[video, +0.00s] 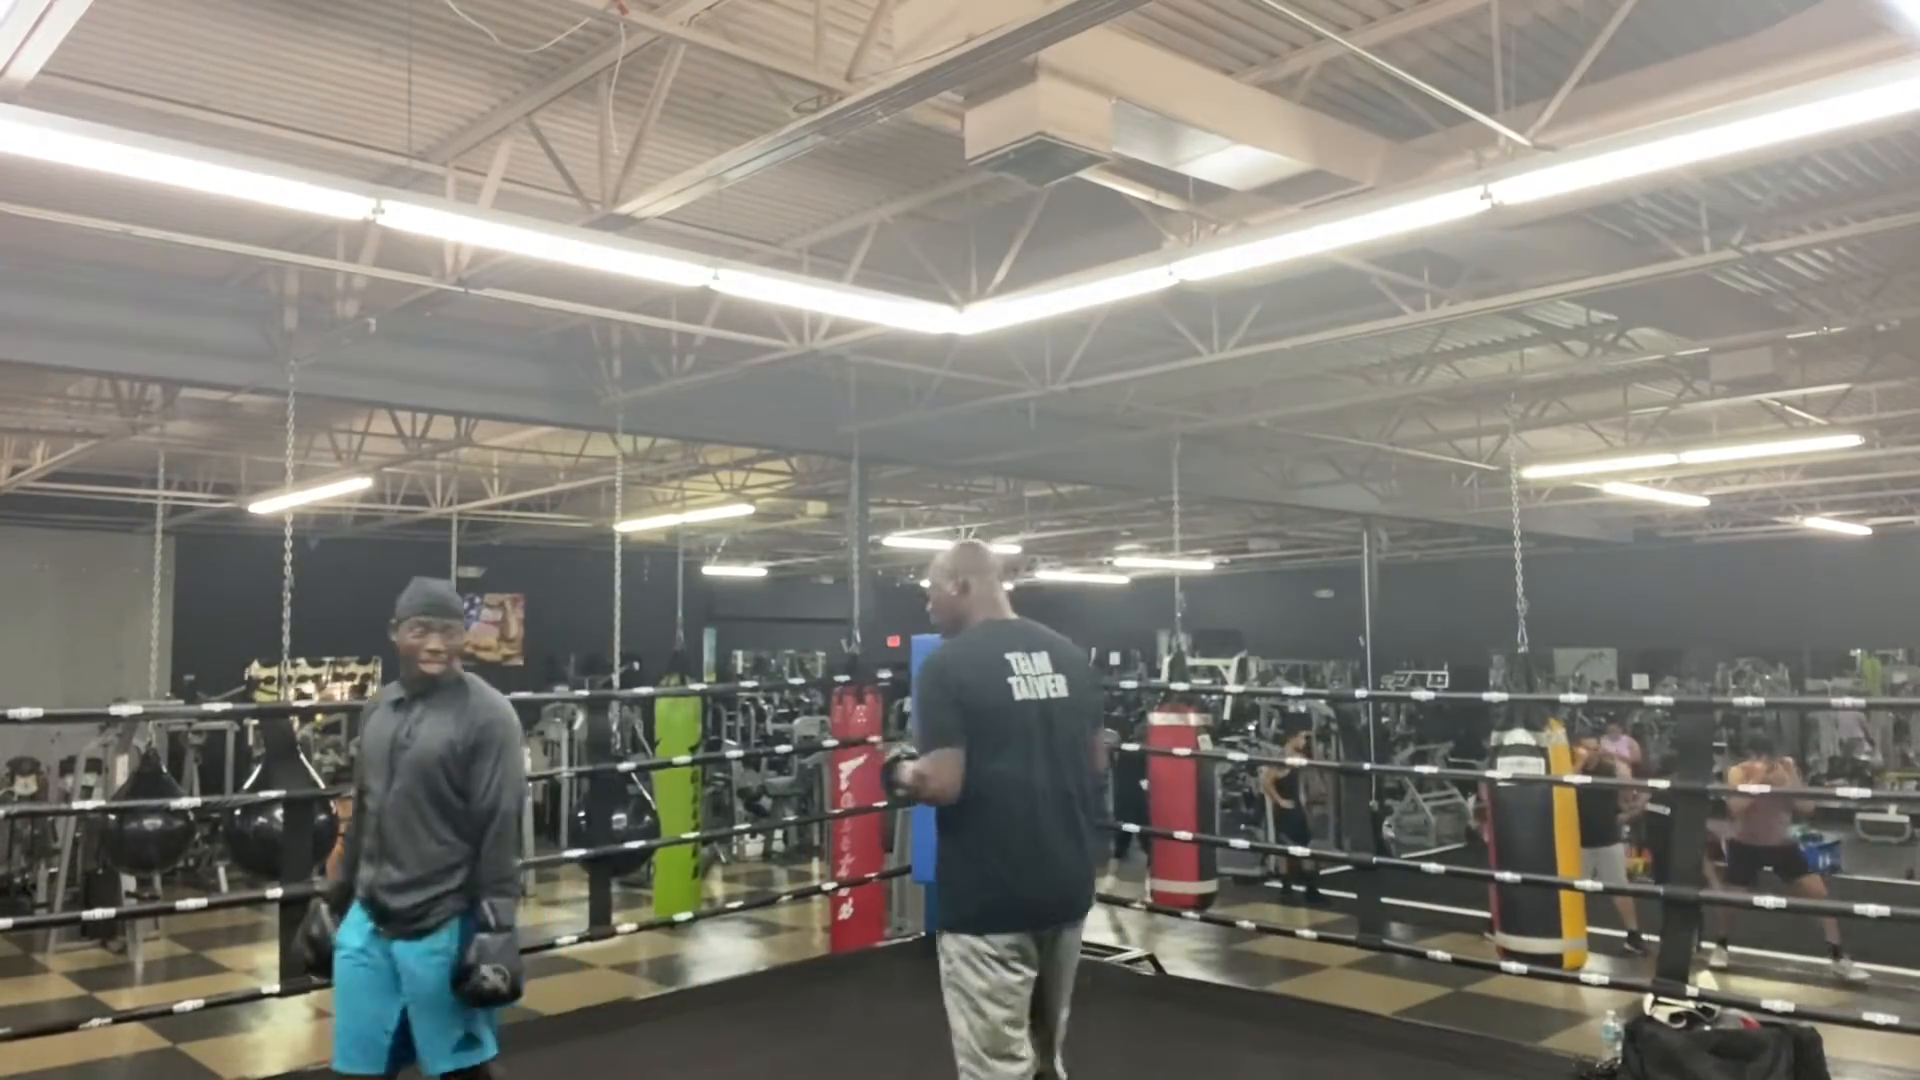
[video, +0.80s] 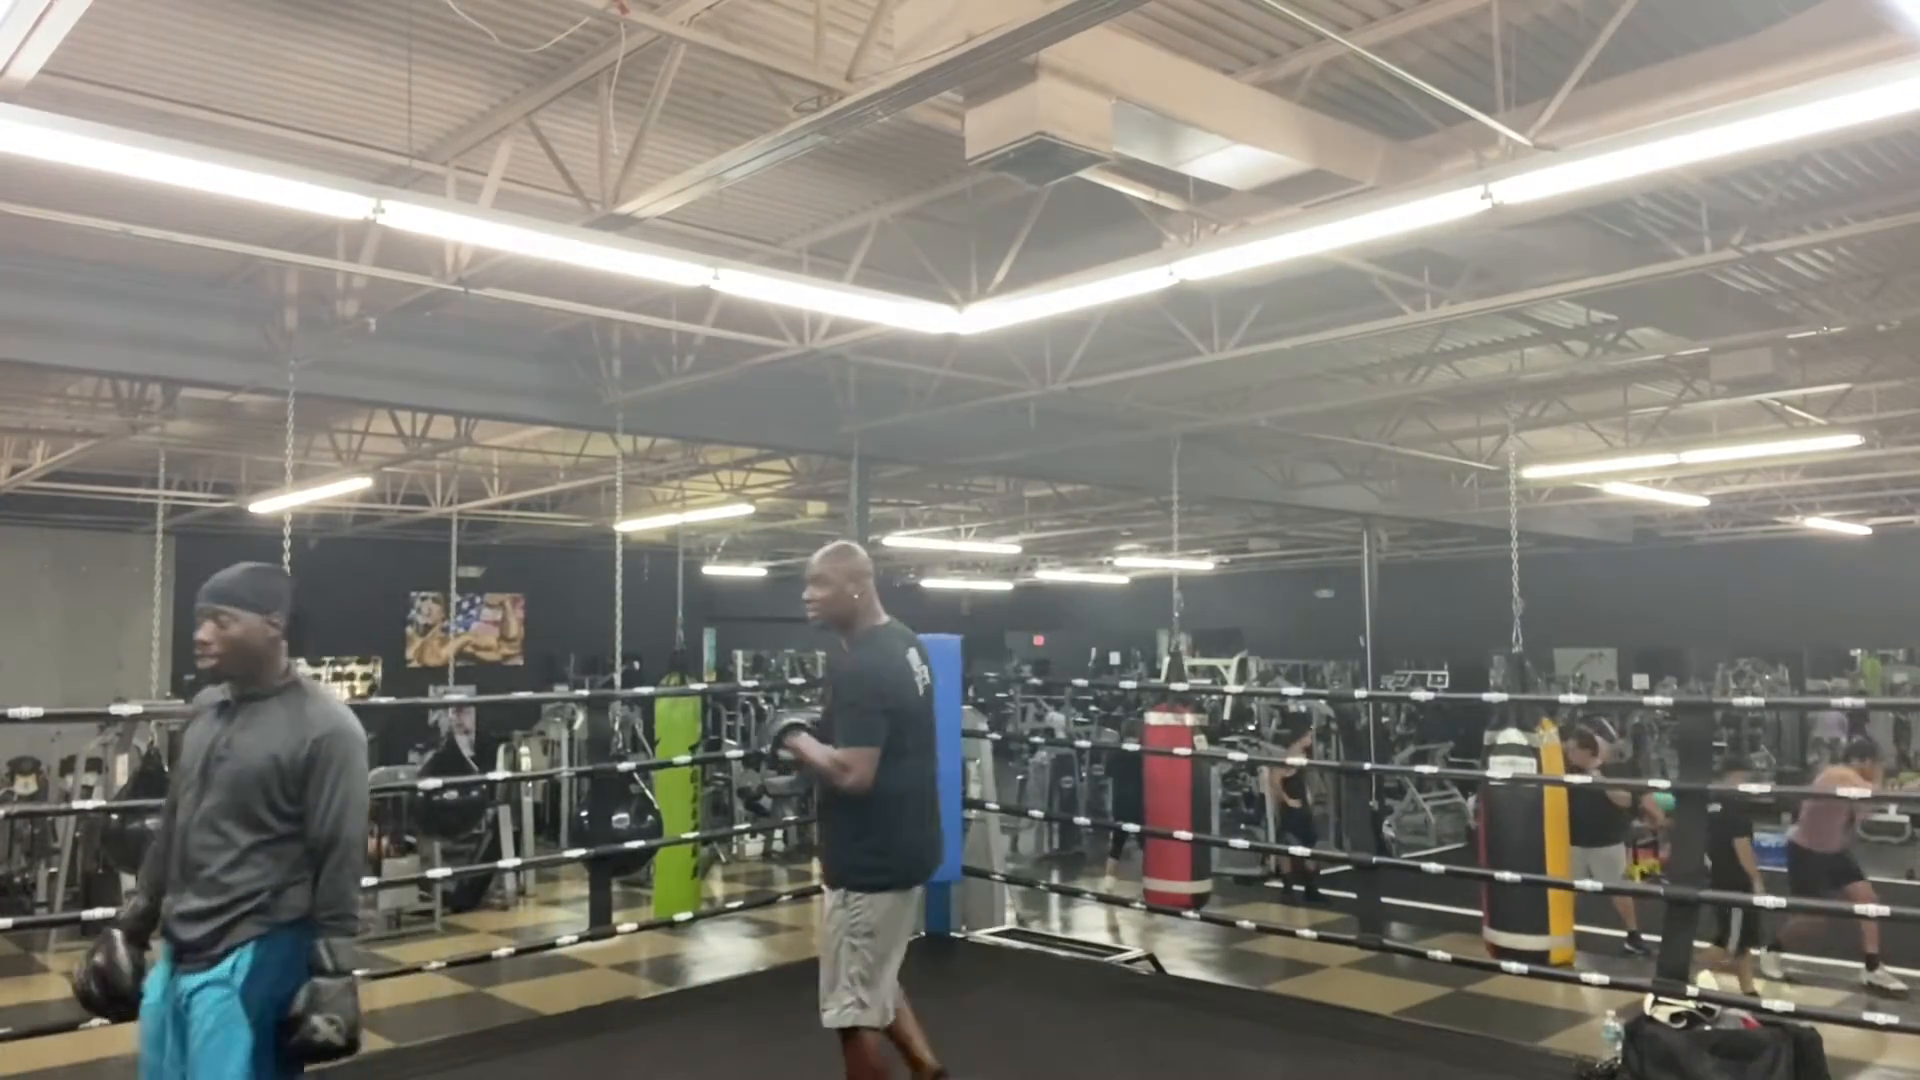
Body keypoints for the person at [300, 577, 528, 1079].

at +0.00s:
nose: (435, 645)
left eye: (447, 631)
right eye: (421, 630)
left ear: (463, 638)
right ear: (395, 635)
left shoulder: (490, 716)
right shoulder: (379, 709)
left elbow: (500, 829)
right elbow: (363, 814)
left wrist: (497, 930)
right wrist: (333, 900)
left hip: (445, 926)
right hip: (368, 921)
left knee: (461, 1067)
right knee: (357, 1067)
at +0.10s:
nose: (405, 640)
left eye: (417, 626)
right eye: (391, 626)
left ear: (433, 633)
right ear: (365, 632)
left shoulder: (467, 709)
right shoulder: (346, 709)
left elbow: (494, 815)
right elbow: (328, 814)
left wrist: (496, 918)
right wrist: (296, 909)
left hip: (424, 915)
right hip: (343, 913)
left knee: (417, 1064)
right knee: (334, 1064)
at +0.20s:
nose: (384, 638)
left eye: (395, 624)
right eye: (368, 624)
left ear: (411, 631)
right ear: (340, 632)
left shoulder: (447, 711)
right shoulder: (316, 715)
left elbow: (479, 812)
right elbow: (293, 824)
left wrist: (484, 916)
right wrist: (264, 921)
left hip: (400, 925)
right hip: (320, 921)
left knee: (372, 1067)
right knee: (306, 1067)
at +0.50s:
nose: (321, 636)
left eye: (335, 623)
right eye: (305, 622)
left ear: (352, 630)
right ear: (280, 630)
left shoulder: (391, 712)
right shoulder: (255, 714)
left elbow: (413, 830)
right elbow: (227, 827)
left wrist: (413, 933)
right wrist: (182, 915)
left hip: (346, 928)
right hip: (270, 929)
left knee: (291, 1068)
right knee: (262, 1068)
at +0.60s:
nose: (285, 641)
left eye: (302, 627)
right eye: (272, 626)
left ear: (332, 633)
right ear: (256, 635)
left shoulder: (372, 721)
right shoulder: (238, 715)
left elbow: (390, 843)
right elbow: (208, 830)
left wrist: (396, 946)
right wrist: (161, 920)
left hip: (322, 939)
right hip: (247, 938)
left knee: (266, 1070)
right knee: (251, 1069)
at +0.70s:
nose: (228, 638)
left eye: (248, 623)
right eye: (225, 622)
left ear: (297, 629)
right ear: (220, 627)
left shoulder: (347, 727)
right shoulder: (216, 712)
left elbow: (365, 854)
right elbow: (186, 827)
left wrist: (364, 968)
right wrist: (140, 922)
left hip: (283, 950)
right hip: (210, 950)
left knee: (230, 1068)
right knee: (210, 1068)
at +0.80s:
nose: (201, 636)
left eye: (221, 620)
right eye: (201, 620)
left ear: (274, 625)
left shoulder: (329, 729)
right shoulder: (204, 712)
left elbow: (342, 857)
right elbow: (172, 832)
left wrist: (335, 972)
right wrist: (128, 929)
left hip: (256, 956)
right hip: (178, 954)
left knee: (231, 1071)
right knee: (161, 1070)